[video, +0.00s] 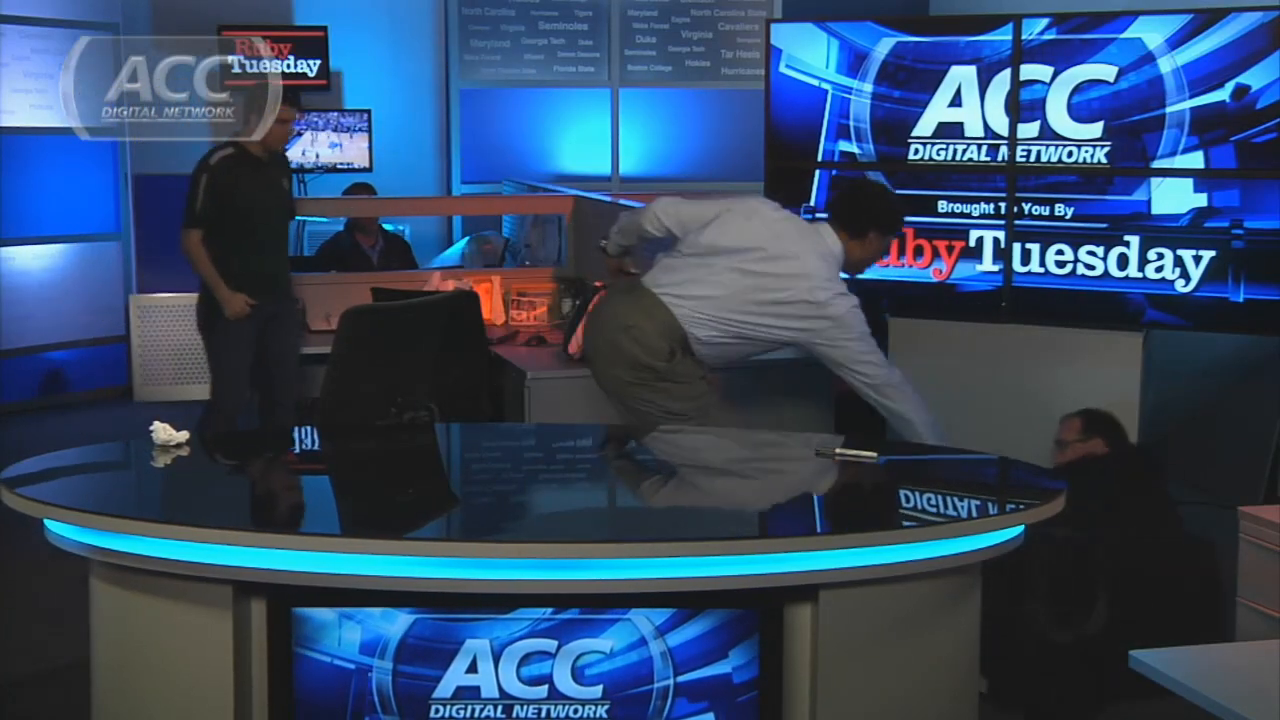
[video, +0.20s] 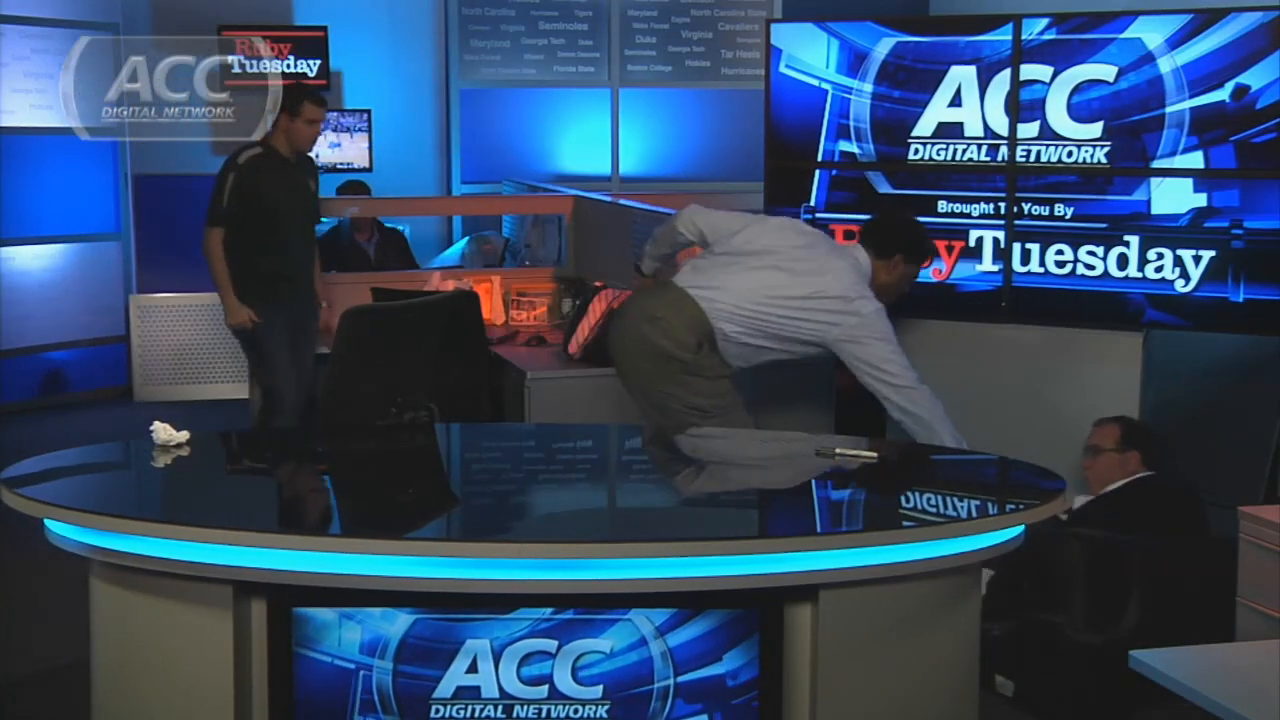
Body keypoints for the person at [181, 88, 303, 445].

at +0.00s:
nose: (290, 131)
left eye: (293, 123)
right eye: (283, 122)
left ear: (289, 125)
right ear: (259, 120)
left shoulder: (279, 165)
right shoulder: (217, 165)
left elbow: (276, 236)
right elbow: (191, 239)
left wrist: (285, 293)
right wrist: (225, 296)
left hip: (276, 304)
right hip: (231, 306)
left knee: (280, 396)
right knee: (230, 398)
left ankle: (276, 474)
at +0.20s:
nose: (318, 132)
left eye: (321, 124)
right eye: (311, 123)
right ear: (285, 120)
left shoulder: (307, 168)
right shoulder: (243, 164)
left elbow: (308, 239)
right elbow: (213, 238)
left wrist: (316, 292)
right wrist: (230, 303)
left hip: (300, 299)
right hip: (258, 302)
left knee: (301, 397)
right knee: (280, 399)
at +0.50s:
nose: (361, 141)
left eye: (363, 133)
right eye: (354, 132)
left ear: (331, 131)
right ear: (326, 129)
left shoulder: (344, 177)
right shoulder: (284, 175)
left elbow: (346, 250)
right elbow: (252, 246)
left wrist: (367, 307)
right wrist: (251, 319)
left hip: (335, 309)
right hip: (294, 310)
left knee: (335, 403)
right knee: (308, 404)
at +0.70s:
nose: (392, 140)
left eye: (393, 132)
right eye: (384, 132)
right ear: (357, 130)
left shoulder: (374, 172)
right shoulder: (314, 176)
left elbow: (377, 250)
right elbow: (286, 254)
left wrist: (394, 309)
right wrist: (295, 328)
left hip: (370, 319)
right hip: (326, 321)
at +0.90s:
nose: (420, 138)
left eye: (421, 129)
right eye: (413, 128)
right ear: (385, 126)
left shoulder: (399, 169)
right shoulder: (343, 172)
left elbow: (399, 250)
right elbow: (317, 253)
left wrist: (424, 310)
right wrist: (344, 319)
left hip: (396, 317)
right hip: (357, 323)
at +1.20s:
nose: (465, 142)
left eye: (468, 133)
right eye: (459, 132)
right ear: (429, 128)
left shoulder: (440, 174)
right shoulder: (389, 176)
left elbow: (438, 260)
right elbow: (368, 260)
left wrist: (462, 319)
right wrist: (402, 318)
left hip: (443, 321)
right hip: (404, 325)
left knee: (456, 419)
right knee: (404, 422)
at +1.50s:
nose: (526, 141)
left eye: (529, 133)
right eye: (520, 131)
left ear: (497, 128)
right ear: (492, 126)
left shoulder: (498, 176)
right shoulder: (449, 173)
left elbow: (494, 256)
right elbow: (422, 254)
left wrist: (513, 318)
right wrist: (439, 326)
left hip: (504, 324)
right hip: (464, 328)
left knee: (500, 434)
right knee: (460, 434)